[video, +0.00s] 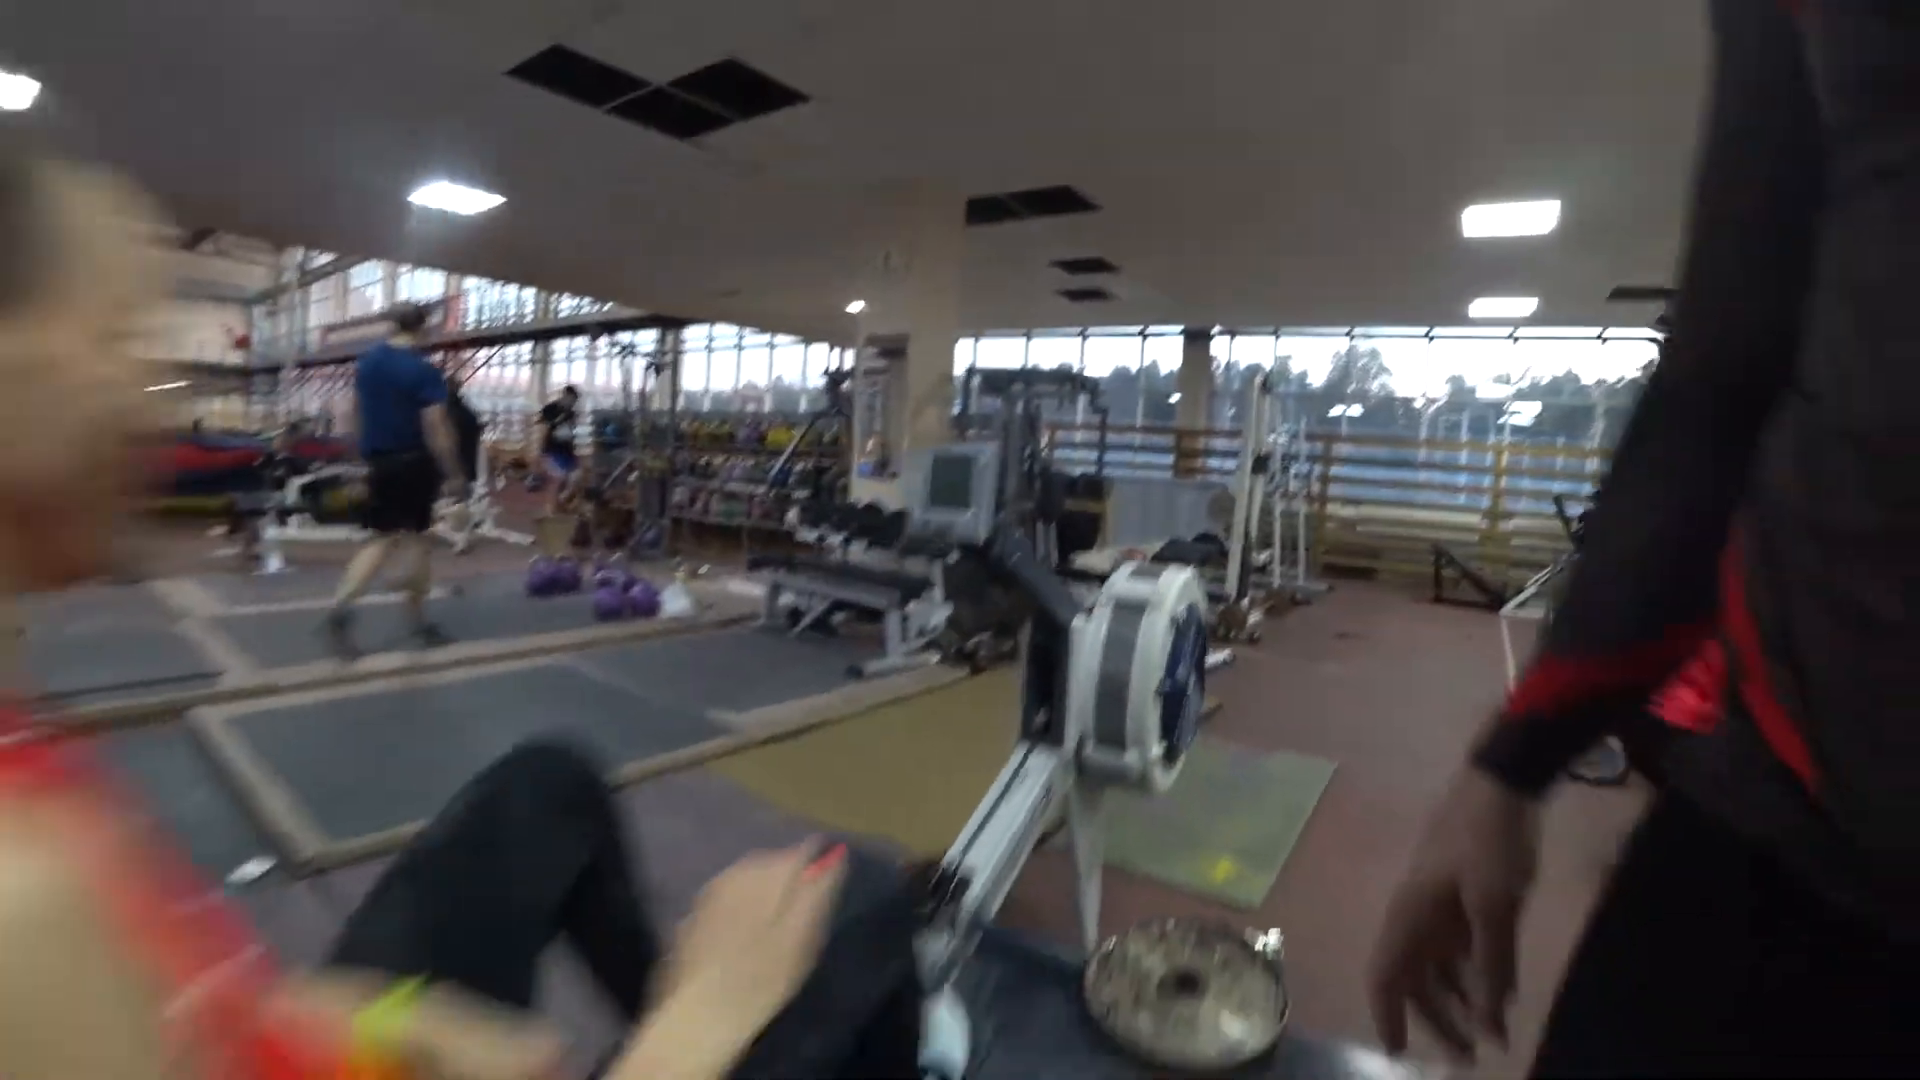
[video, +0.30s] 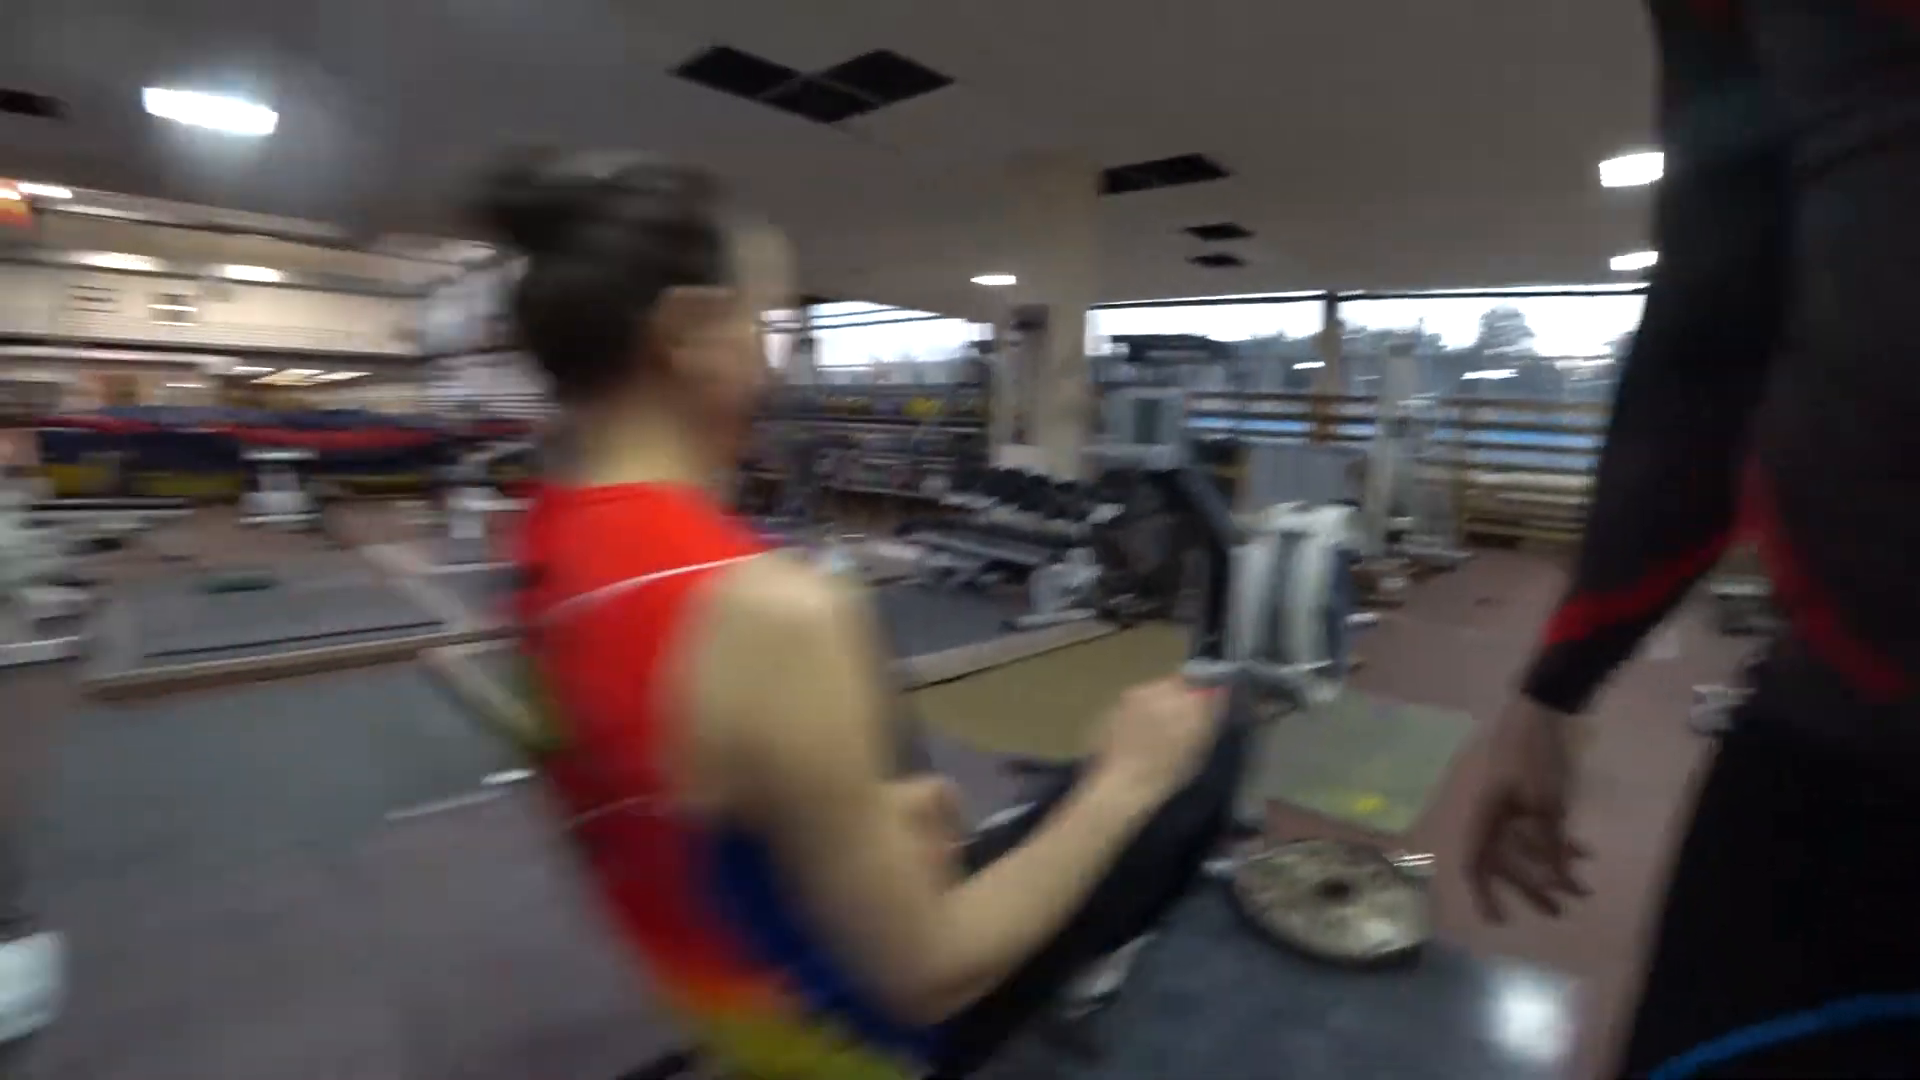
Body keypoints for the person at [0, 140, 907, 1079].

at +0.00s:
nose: (152, 393)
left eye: (137, 340)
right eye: (114, 335)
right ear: (12, 346)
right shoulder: (36, 851)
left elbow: (255, 1010)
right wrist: (709, 1017)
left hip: (275, 1022)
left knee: (552, 788)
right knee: (865, 898)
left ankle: (663, 1020)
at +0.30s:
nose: (766, 351)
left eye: (762, 318)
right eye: (753, 318)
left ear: (562, 344)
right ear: (680, 332)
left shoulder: (557, 539)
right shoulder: (768, 613)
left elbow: (664, 807)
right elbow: (926, 970)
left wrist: (870, 820)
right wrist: (1130, 778)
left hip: (719, 1007)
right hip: (852, 1040)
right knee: (1197, 734)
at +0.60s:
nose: (1077, 318)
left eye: (1073, 292)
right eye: (1071, 292)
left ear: (911, 317)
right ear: (1027, 308)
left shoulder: (872, 486)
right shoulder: (1111, 520)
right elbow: (1221, 833)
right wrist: (1387, 703)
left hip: (1013, 887)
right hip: (1159, 918)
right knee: (1478, 665)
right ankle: (1324, 888)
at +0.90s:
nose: (993, 279)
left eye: (988, 254)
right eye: (985, 256)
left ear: (837, 290)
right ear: (942, 277)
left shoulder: (785, 448)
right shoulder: (1016, 459)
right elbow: (1122, 755)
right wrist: (1276, 657)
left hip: (902, 855)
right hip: (1042, 873)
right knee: (1330, 644)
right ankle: (1227, 836)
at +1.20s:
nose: (1196, 289)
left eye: (1188, 261)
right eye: (1177, 261)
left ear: (1035, 285)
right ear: (1126, 273)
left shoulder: (984, 442)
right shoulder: (1196, 438)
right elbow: (1323, 743)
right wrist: (1513, 702)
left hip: (1093, 869)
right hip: (1240, 886)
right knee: (1543, 714)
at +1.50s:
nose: (1750, 275)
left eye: (1754, 244)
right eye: (1749, 242)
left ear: (1556, 233)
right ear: (1691, 219)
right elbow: (1865, 903)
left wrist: (1724, 839)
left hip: (1457, 967)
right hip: (1652, 1010)